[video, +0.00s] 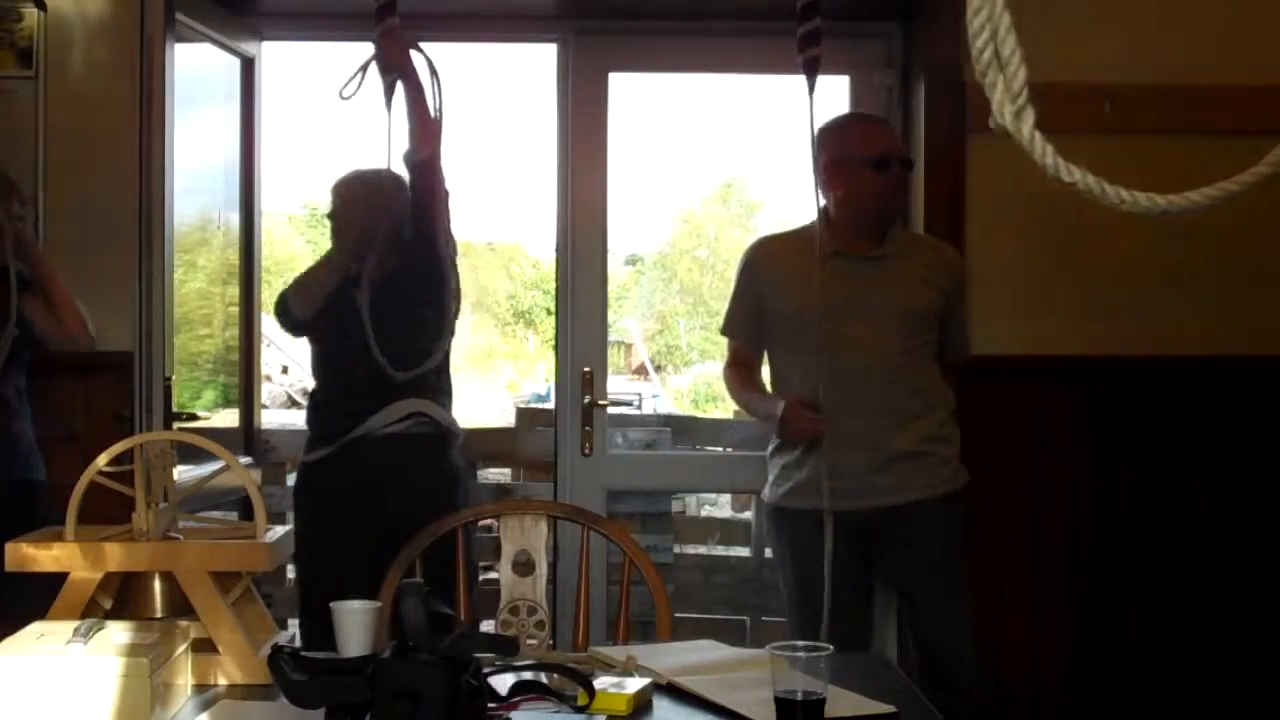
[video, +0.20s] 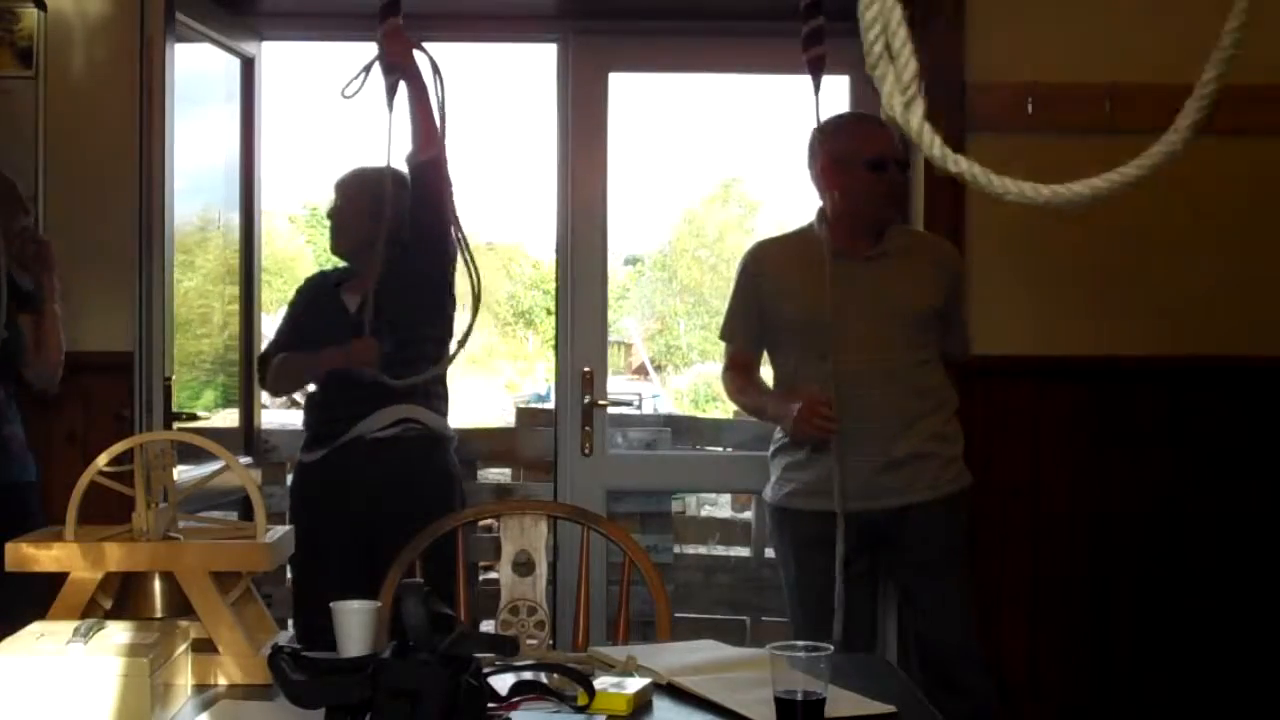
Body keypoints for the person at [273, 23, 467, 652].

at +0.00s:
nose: (339, 226)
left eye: (350, 213)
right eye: (336, 215)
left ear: (389, 216)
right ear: (336, 221)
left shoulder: (429, 273)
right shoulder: (326, 284)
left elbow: (426, 161)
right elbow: (289, 313)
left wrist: (406, 72)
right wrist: (344, 255)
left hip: (415, 453)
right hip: (333, 457)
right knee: (332, 619)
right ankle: (337, 698)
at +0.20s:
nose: (329, 218)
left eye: (341, 208)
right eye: (332, 208)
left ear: (384, 216)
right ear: (356, 216)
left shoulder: (423, 278)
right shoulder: (318, 292)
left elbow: (430, 161)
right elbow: (275, 375)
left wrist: (409, 72)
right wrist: (339, 357)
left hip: (412, 451)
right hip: (329, 456)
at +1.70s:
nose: (329, 221)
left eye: (341, 210)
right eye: (332, 210)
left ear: (383, 217)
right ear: (356, 219)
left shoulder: (423, 282)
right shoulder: (321, 299)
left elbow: (430, 167)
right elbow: (280, 394)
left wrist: (414, 73)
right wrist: (324, 377)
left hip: (413, 483)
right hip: (329, 484)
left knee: (416, 632)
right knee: (324, 639)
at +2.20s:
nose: (356, 223)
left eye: (369, 209)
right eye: (352, 211)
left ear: (404, 213)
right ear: (346, 220)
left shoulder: (432, 279)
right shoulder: (329, 297)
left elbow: (436, 164)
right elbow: (278, 362)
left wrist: (419, 73)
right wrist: (310, 273)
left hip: (418, 464)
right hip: (335, 464)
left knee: (418, 620)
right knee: (328, 630)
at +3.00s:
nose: (397, 209)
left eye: (405, 201)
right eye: (381, 202)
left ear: (420, 216)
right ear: (358, 223)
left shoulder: (439, 276)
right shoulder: (340, 297)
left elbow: (436, 165)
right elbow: (289, 359)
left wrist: (414, 76)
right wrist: (329, 267)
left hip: (429, 465)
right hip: (348, 469)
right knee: (332, 637)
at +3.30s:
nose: (367, 219)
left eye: (380, 206)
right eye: (366, 210)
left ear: (420, 214)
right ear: (363, 226)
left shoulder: (452, 278)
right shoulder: (358, 298)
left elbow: (445, 167)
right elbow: (289, 331)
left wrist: (423, 78)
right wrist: (320, 246)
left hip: (439, 470)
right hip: (358, 473)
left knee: (440, 626)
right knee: (348, 631)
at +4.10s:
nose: (393, 199)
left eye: (406, 193)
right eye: (382, 193)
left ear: (424, 217)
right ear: (368, 217)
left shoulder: (439, 278)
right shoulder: (339, 278)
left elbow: (445, 169)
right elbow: (277, 215)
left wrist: (424, 78)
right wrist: (312, 129)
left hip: (417, 469)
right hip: (333, 469)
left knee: (421, 632)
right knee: (330, 644)